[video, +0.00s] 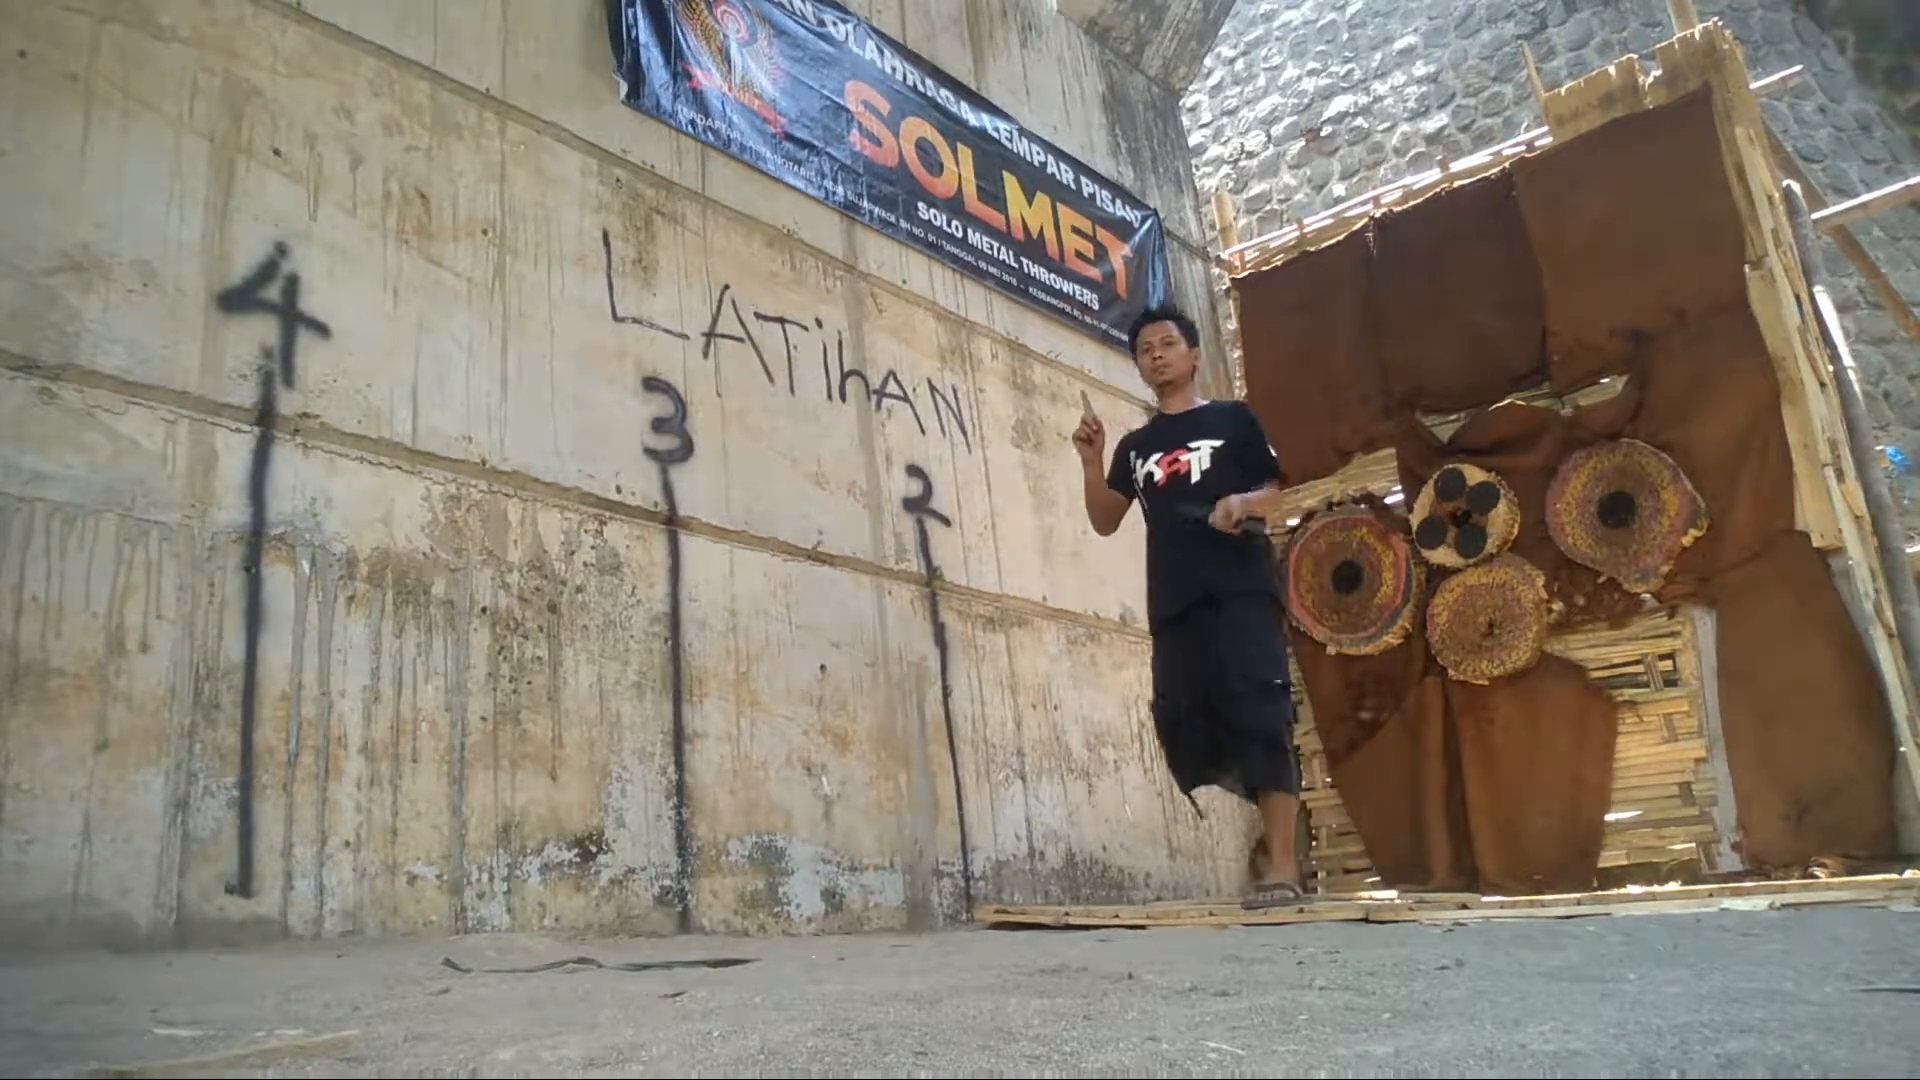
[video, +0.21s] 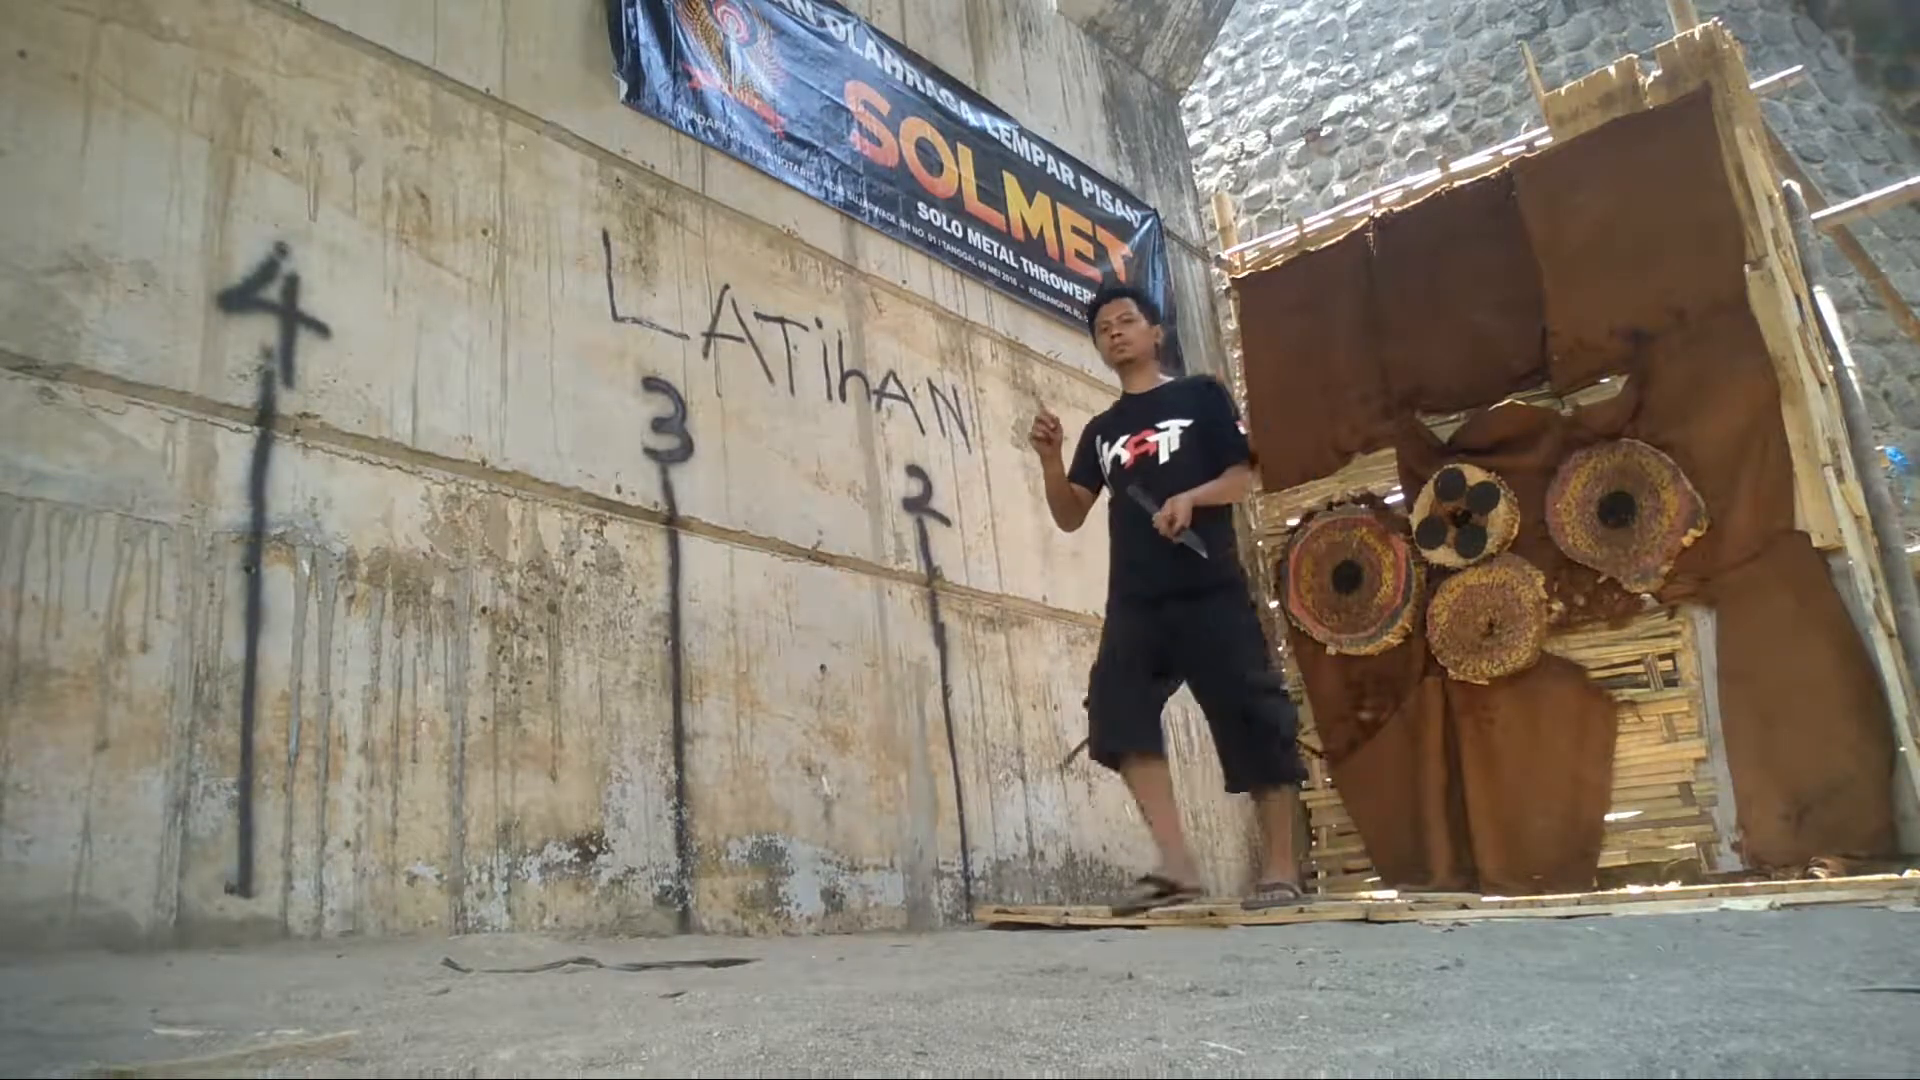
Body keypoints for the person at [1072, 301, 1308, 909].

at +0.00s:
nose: (1157, 356)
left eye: (1166, 344)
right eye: (1146, 351)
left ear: (1194, 354)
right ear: (1139, 368)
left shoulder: (1234, 418)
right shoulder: (1136, 444)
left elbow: (1279, 493)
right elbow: (1105, 520)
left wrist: (1246, 501)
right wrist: (1092, 461)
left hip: (1243, 594)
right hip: (1176, 606)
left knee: (1261, 718)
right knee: (1188, 730)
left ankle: (1284, 869)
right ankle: (1276, 819)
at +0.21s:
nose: (1115, 332)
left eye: (1126, 321)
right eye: (1104, 328)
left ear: (1157, 330)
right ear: (1099, 346)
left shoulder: (1201, 393)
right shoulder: (1101, 429)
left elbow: (1244, 478)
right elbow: (1070, 515)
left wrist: (1192, 498)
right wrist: (1053, 460)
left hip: (1213, 594)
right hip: (1137, 604)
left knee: (1258, 718)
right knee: (1121, 715)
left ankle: (1281, 873)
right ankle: (1177, 867)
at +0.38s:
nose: (1050, 326)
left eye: (1061, 313)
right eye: (1038, 323)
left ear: (1094, 324)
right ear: (1034, 343)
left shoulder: (1143, 392)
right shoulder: (1034, 430)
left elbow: (1190, 480)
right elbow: (1002, 525)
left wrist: (1141, 504)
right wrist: (983, 464)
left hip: (1151, 597)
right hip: (1069, 608)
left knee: (1211, 720)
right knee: (1062, 738)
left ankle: (1272, 843)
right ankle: (1072, 896)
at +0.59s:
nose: (967, 282)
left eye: (980, 268)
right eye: (956, 277)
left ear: (1014, 280)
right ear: (951, 299)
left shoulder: (1068, 349)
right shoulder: (952, 390)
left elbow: (1119, 441)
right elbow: (924, 495)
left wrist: (1082, 458)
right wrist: (919, 453)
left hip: (1061, 548)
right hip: (986, 564)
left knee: (1062, 687)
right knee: (1001, 720)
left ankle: (1149, 809)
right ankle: (1075, 895)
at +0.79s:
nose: (888, 255)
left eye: (903, 240)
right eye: (879, 248)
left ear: (943, 249)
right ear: (876, 266)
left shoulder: (996, 328)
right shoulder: (870, 370)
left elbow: (1054, 428)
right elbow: (849, 482)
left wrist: (1017, 432)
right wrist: (867, 441)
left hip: (987, 538)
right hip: (916, 553)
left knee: (946, 676)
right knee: (984, 705)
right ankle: (1075, 892)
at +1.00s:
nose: (799, 209)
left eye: (816, 195)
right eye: (791, 202)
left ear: (861, 208)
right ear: (788, 223)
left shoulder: (908, 298)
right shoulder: (780, 334)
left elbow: (961, 409)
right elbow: (754, 457)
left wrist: (898, 406)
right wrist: (762, 432)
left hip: (877, 517)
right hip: (805, 533)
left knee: (817, 677)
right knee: (837, 720)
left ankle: (813, 897)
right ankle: (994, 839)